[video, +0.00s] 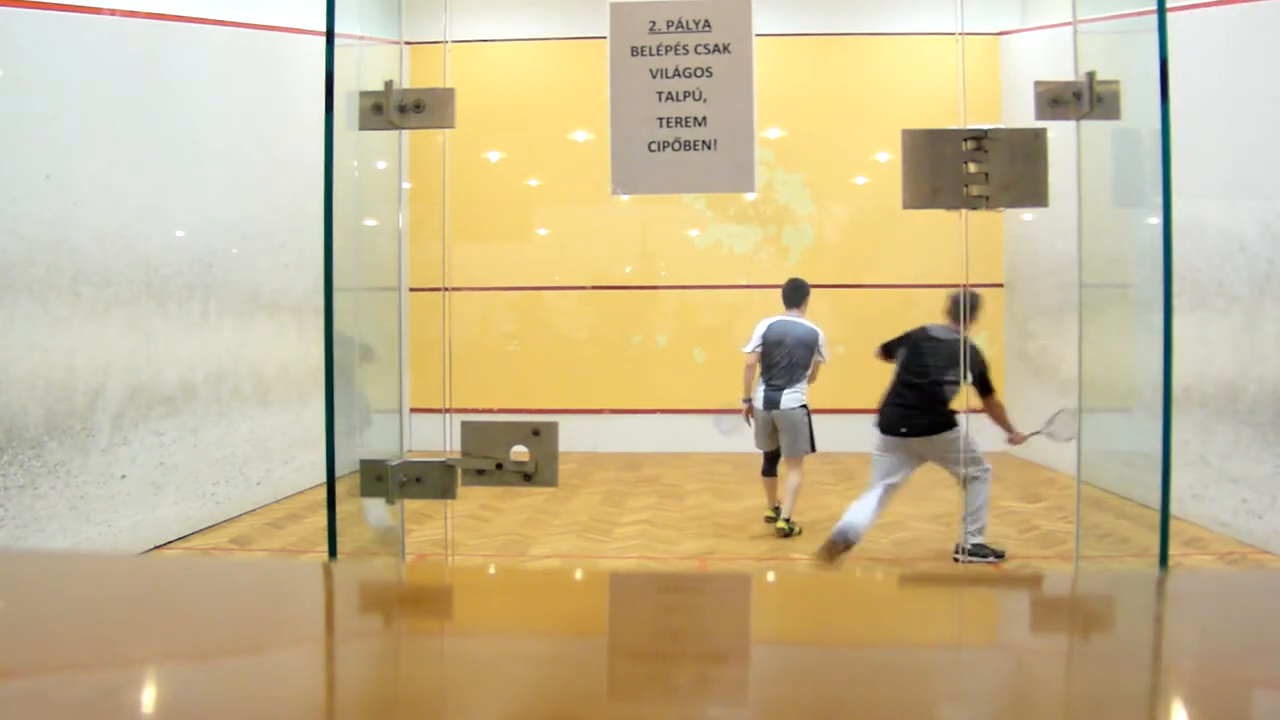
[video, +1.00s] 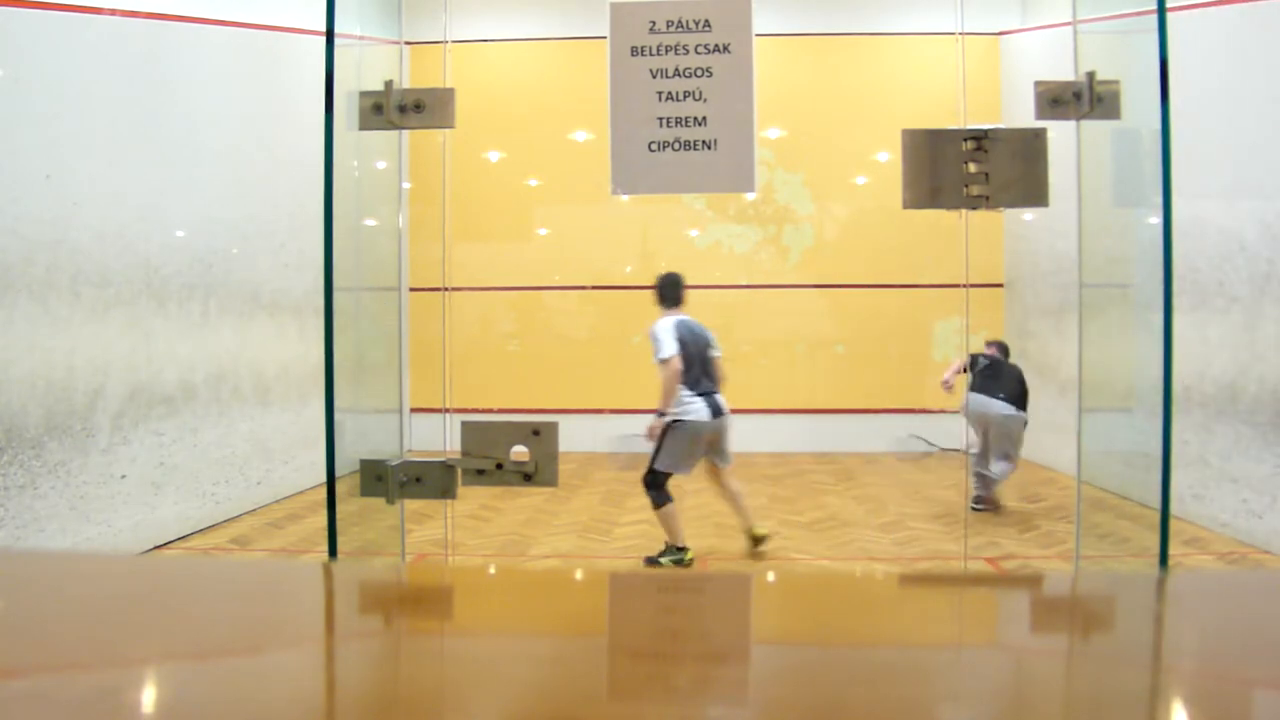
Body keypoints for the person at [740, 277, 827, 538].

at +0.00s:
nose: (807, 302)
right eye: (807, 298)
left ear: (783, 299)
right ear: (806, 301)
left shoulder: (765, 326)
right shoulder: (814, 333)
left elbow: (750, 363)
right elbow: (812, 374)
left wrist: (747, 397)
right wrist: (798, 385)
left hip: (764, 402)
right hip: (793, 404)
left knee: (770, 455)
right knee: (794, 464)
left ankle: (772, 507)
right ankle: (785, 519)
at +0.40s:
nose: (805, 296)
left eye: (801, 291)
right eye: (805, 292)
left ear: (777, 294)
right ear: (801, 294)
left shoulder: (759, 322)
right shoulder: (811, 329)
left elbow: (740, 361)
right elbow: (817, 373)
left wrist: (735, 393)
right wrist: (812, 407)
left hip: (753, 402)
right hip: (787, 405)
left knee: (744, 462)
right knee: (794, 465)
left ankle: (735, 517)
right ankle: (784, 521)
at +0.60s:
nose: (779, 291)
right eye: (781, 287)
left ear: (757, 290)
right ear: (781, 290)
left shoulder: (742, 318)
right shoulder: (796, 322)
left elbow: (729, 356)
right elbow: (804, 365)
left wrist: (720, 388)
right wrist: (801, 401)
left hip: (741, 398)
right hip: (776, 401)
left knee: (720, 456)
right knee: (782, 463)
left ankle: (719, 508)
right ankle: (787, 518)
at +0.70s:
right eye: (763, 286)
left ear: (740, 290)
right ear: (765, 289)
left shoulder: (730, 319)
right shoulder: (783, 322)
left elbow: (722, 360)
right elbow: (794, 364)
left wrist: (708, 393)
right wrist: (788, 401)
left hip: (733, 397)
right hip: (768, 400)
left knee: (706, 460)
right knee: (775, 463)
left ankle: (704, 518)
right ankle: (778, 522)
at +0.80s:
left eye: (721, 298)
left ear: (720, 302)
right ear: (744, 300)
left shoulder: (717, 333)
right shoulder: (765, 333)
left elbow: (711, 378)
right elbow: (779, 376)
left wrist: (691, 415)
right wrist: (768, 407)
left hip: (726, 415)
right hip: (760, 415)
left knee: (692, 472)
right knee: (760, 475)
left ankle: (682, 536)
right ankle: (776, 532)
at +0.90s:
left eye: (692, 298)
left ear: (692, 301)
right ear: (715, 301)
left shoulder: (691, 332)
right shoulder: (736, 334)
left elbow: (695, 376)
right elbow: (752, 378)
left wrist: (682, 420)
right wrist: (740, 404)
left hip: (710, 416)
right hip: (742, 414)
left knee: (671, 476)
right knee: (750, 476)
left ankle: (679, 544)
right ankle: (776, 533)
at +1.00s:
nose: (660, 299)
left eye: (657, 294)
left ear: (658, 297)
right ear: (683, 297)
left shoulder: (663, 327)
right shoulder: (702, 329)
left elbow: (674, 368)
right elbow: (718, 374)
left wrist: (661, 415)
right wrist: (700, 398)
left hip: (688, 415)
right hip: (717, 412)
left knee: (654, 480)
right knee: (718, 471)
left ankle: (677, 547)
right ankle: (752, 530)